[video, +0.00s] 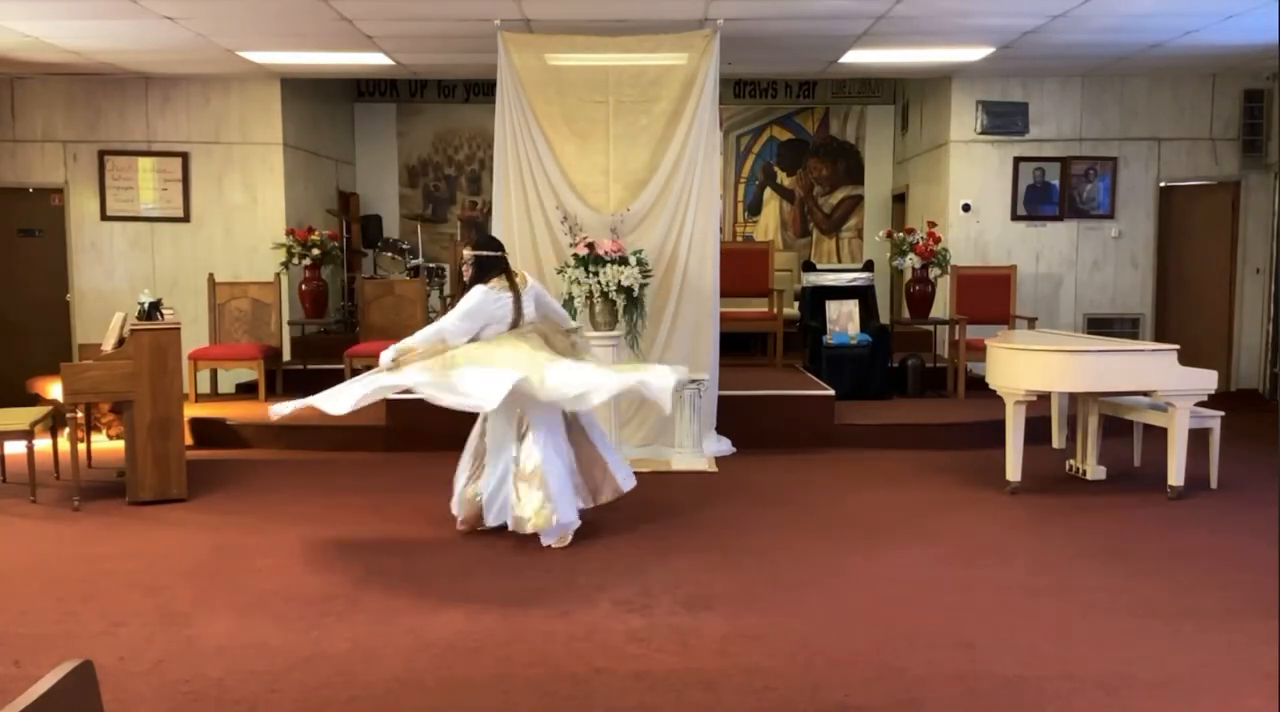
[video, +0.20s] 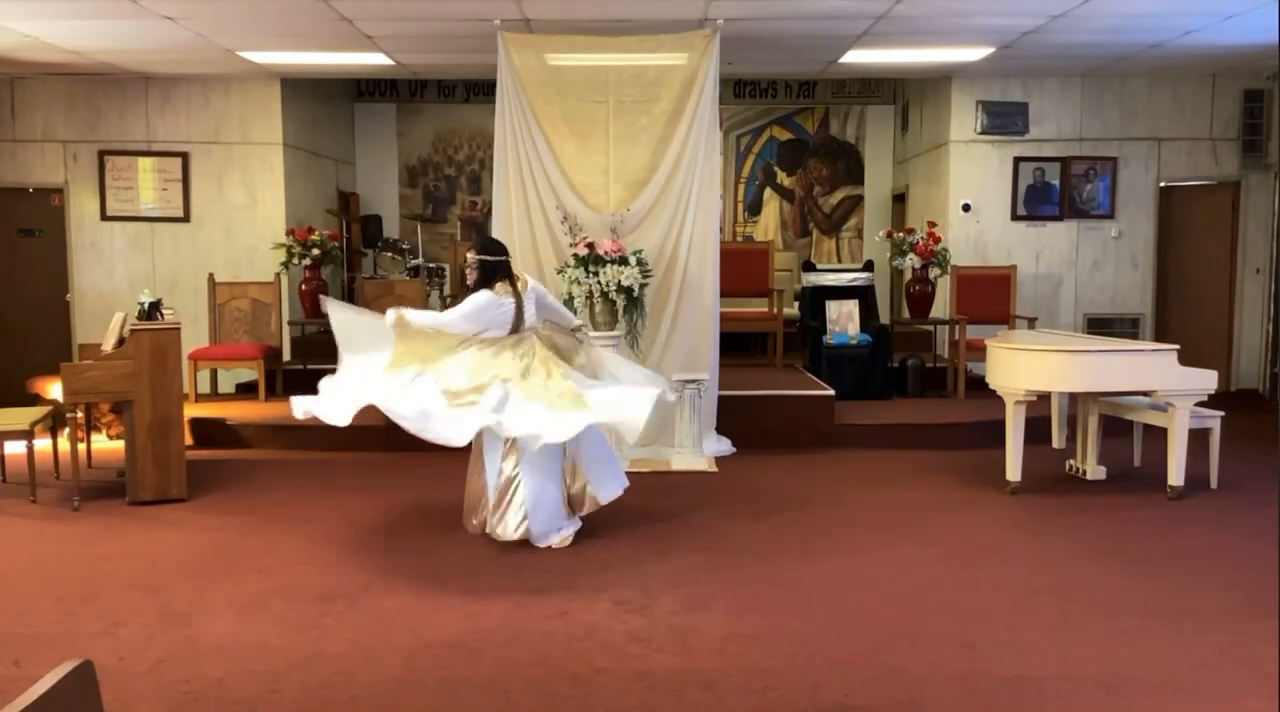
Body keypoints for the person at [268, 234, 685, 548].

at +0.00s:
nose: (461, 270)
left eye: (465, 264)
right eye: (462, 263)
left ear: (483, 264)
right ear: (499, 261)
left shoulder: (481, 296)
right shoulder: (525, 287)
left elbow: (446, 329)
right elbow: (560, 318)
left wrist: (399, 350)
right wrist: (568, 335)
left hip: (503, 382)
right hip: (541, 378)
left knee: (497, 443)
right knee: (544, 445)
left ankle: (484, 509)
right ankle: (554, 520)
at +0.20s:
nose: (466, 270)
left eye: (470, 264)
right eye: (469, 263)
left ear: (485, 266)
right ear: (505, 263)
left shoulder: (486, 300)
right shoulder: (529, 289)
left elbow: (449, 322)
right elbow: (562, 316)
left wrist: (405, 316)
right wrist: (576, 327)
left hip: (503, 376)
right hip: (538, 371)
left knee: (509, 447)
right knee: (547, 443)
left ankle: (509, 517)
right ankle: (553, 514)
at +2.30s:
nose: (589, 264)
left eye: (596, 256)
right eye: (583, 258)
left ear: (613, 259)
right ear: (576, 261)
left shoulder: (634, 292)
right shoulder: (564, 291)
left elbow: (670, 319)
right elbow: (515, 302)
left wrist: (686, 334)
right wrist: (468, 305)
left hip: (633, 386)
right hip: (583, 389)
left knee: (660, 449)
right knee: (580, 457)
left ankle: (672, 526)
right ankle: (574, 528)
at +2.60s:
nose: (610, 273)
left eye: (616, 267)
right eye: (603, 268)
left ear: (630, 270)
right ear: (594, 273)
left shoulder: (640, 305)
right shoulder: (589, 305)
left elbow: (668, 350)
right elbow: (601, 343)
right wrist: (635, 373)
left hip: (637, 392)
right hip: (592, 392)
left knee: (660, 456)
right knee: (570, 462)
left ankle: (673, 532)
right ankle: (556, 543)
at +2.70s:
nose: (603, 273)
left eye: (609, 266)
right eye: (596, 268)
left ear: (623, 269)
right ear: (588, 272)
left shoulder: (639, 307)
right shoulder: (584, 306)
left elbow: (670, 347)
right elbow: (594, 344)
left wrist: (717, 363)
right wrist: (633, 358)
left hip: (638, 401)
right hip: (594, 402)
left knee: (654, 463)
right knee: (580, 468)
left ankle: (670, 538)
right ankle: (565, 545)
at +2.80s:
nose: (597, 272)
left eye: (605, 265)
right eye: (591, 266)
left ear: (619, 267)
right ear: (584, 270)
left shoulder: (641, 304)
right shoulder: (578, 301)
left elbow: (666, 341)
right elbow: (580, 344)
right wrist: (626, 351)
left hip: (629, 393)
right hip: (586, 393)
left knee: (642, 461)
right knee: (582, 465)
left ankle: (665, 534)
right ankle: (570, 540)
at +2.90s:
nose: (591, 271)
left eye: (599, 264)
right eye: (586, 264)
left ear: (615, 266)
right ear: (580, 269)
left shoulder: (633, 296)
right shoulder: (573, 301)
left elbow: (672, 314)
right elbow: (554, 343)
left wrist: (645, 346)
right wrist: (592, 351)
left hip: (629, 392)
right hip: (583, 395)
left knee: (628, 463)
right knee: (566, 466)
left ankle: (654, 535)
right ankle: (559, 543)